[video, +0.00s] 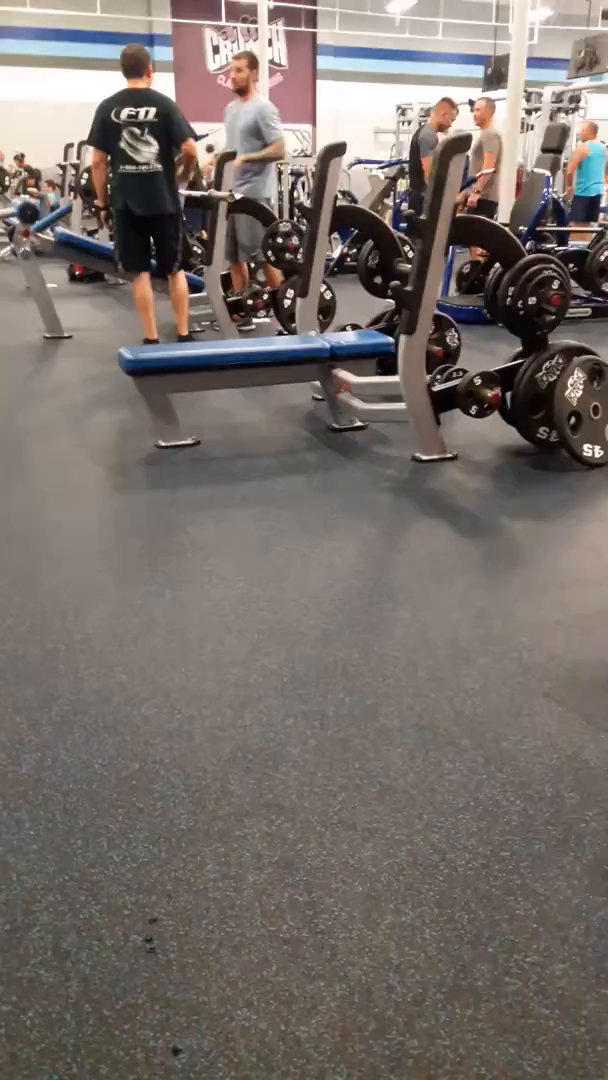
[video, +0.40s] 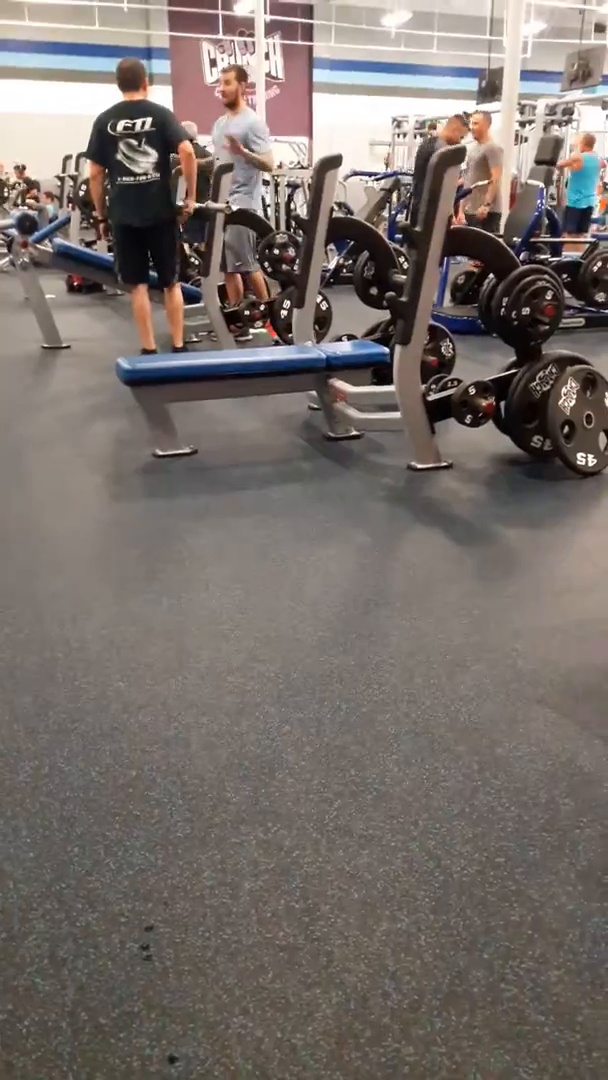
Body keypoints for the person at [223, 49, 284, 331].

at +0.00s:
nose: (232, 75)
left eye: (238, 70)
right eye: (231, 70)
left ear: (253, 74)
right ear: (231, 74)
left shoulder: (264, 109)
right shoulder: (231, 108)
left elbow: (280, 149)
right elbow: (235, 147)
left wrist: (244, 158)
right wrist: (217, 158)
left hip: (258, 194)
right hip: (232, 192)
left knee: (263, 254)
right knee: (234, 255)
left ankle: (283, 305)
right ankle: (240, 307)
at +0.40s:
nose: (221, 88)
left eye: (227, 83)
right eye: (220, 83)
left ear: (242, 86)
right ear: (220, 88)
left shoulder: (254, 122)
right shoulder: (219, 124)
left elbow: (269, 163)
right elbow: (218, 162)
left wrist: (243, 152)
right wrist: (196, 163)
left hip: (245, 200)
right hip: (221, 200)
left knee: (245, 259)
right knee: (228, 264)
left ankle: (269, 311)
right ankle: (236, 318)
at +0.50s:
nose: (221, 92)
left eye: (227, 86)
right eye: (220, 87)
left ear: (242, 90)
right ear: (219, 91)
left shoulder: (252, 126)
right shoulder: (217, 126)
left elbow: (264, 170)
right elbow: (215, 169)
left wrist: (245, 157)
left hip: (243, 206)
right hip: (220, 205)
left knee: (245, 266)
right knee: (226, 269)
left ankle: (266, 317)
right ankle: (233, 323)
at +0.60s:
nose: (221, 94)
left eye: (227, 89)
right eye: (220, 89)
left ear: (242, 93)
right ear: (221, 93)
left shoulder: (251, 130)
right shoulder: (217, 128)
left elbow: (262, 174)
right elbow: (213, 170)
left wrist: (246, 164)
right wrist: (208, 206)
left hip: (241, 209)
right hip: (217, 207)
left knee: (245, 270)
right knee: (225, 272)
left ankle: (265, 319)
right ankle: (233, 326)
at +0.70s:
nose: (223, 95)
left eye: (229, 90)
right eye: (222, 90)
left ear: (244, 94)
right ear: (222, 94)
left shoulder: (253, 131)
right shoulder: (218, 129)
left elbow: (264, 175)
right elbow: (215, 168)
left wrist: (247, 166)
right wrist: (194, 169)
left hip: (242, 211)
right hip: (218, 209)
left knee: (246, 271)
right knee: (227, 274)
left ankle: (270, 321)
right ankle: (232, 327)